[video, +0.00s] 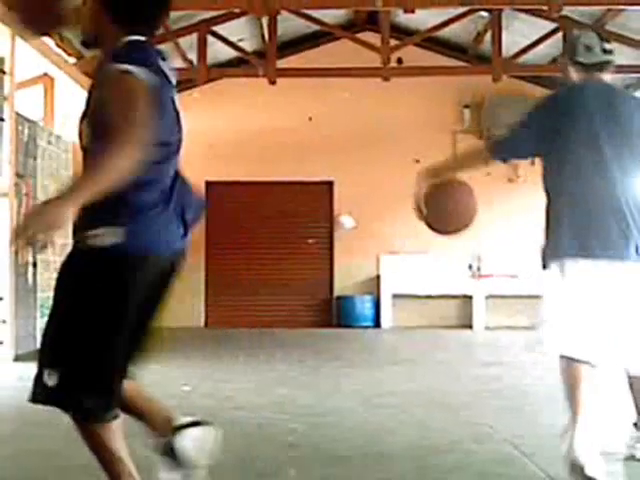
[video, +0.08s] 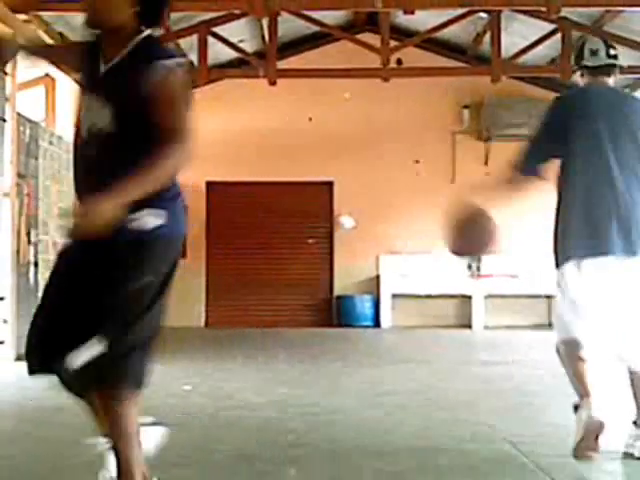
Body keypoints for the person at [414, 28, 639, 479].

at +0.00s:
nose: (563, 72)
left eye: (564, 66)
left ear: (569, 66)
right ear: (611, 67)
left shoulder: (561, 105)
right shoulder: (632, 106)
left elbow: (502, 151)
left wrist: (440, 170)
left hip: (576, 246)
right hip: (630, 247)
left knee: (574, 345)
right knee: (631, 353)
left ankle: (580, 438)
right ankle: (636, 431)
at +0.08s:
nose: (579, 81)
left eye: (578, 74)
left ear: (580, 72)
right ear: (616, 73)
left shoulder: (574, 101)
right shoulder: (635, 105)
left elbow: (530, 166)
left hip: (586, 237)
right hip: (635, 239)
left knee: (572, 330)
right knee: (631, 345)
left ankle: (589, 404)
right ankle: (634, 432)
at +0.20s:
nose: (578, 88)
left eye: (575, 81)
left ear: (578, 79)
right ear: (613, 77)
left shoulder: (568, 111)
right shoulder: (635, 108)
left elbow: (550, 179)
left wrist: (530, 227)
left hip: (584, 231)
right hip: (635, 229)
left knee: (565, 317)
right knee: (636, 335)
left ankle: (576, 412)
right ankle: (638, 424)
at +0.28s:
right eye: (604, 102)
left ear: (574, 104)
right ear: (607, 102)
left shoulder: (562, 132)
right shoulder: (628, 128)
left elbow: (554, 200)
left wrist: (541, 256)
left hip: (576, 236)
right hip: (631, 233)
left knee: (561, 324)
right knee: (631, 337)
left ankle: (554, 408)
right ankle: (634, 424)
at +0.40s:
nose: (558, 141)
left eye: (559, 136)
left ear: (563, 133)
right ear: (592, 129)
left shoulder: (558, 153)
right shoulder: (620, 149)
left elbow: (545, 216)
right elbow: (634, 193)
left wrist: (530, 262)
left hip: (581, 247)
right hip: (630, 243)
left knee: (559, 329)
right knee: (626, 336)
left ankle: (544, 404)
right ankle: (634, 416)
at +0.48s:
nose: (544, 158)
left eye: (545, 154)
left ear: (551, 151)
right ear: (580, 144)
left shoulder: (554, 174)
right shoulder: (618, 162)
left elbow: (534, 232)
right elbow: (639, 195)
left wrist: (517, 280)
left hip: (580, 258)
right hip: (627, 253)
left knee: (557, 331)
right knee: (627, 330)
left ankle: (543, 405)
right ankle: (637, 382)